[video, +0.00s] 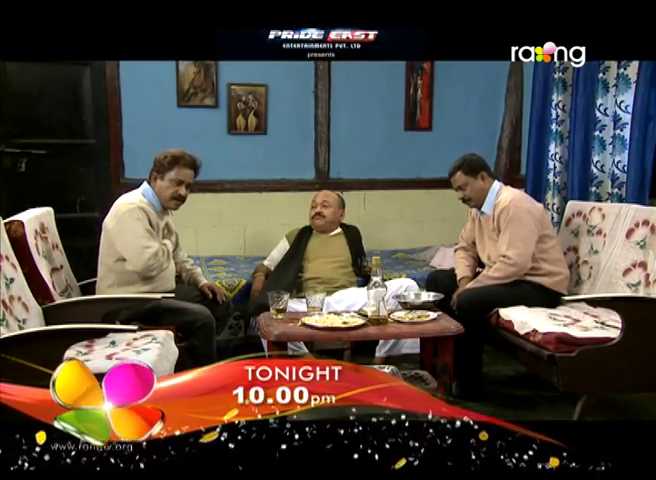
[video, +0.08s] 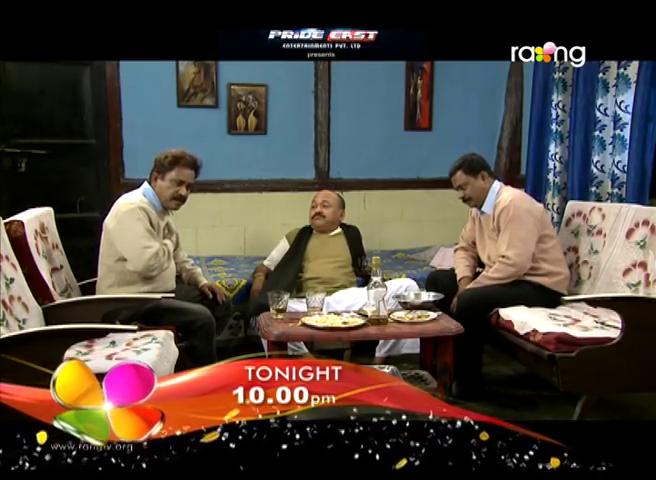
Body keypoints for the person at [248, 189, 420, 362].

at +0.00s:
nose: (317, 210)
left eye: (325, 206)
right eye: (314, 206)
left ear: (341, 213)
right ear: (309, 211)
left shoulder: (351, 233)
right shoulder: (297, 236)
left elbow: (362, 269)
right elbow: (265, 268)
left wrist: (377, 282)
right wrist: (256, 299)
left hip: (351, 297)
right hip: (311, 300)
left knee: (406, 286)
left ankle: (382, 362)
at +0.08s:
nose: (317, 210)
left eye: (325, 206)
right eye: (314, 206)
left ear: (341, 213)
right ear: (309, 211)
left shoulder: (351, 233)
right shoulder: (297, 236)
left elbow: (362, 268)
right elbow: (265, 268)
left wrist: (377, 282)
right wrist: (256, 298)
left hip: (351, 297)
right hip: (311, 300)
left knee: (406, 285)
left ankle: (382, 362)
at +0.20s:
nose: (317, 210)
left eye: (325, 206)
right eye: (314, 206)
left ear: (341, 213)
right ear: (309, 211)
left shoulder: (351, 233)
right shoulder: (297, 236)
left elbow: (362, 269)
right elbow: (265, 268)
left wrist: (378, 282)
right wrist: (256, 300)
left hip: (351, 297)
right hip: (311, 300)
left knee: (406, 285)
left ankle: (382, 362)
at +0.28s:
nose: (317, 210)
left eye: (325, 206)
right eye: (314, 206)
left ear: (341, 213)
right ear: (309, 211)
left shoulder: (351, 233)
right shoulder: (297, 236)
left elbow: (362, 269)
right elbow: (265, 268)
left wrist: (378, 282)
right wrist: (256, 301)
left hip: (351, 297)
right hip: (311, 300)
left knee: (406, 285)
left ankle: (382, 362)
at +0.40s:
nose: (317, 210)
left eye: (325, 206)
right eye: (314, 206)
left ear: (341, 213)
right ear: (309, 211)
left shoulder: (351, 233)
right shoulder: (298, 236)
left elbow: (361, 269)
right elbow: (264, 269)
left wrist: (379, 280)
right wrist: (256, 301)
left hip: (350, 297)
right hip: (309, 300)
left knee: (406, 285)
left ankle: (381, 362)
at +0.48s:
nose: (317, 210)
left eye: (325, 206)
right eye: (314, 206)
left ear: (341, 213)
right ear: (309, 211)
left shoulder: (351, 233)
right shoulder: (298, 236)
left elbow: (361, 269)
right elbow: (264, 269)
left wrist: (378, 280)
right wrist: (256, 301)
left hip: (350, 297)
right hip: (309, 300)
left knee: (406, 285)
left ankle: (381, 362)